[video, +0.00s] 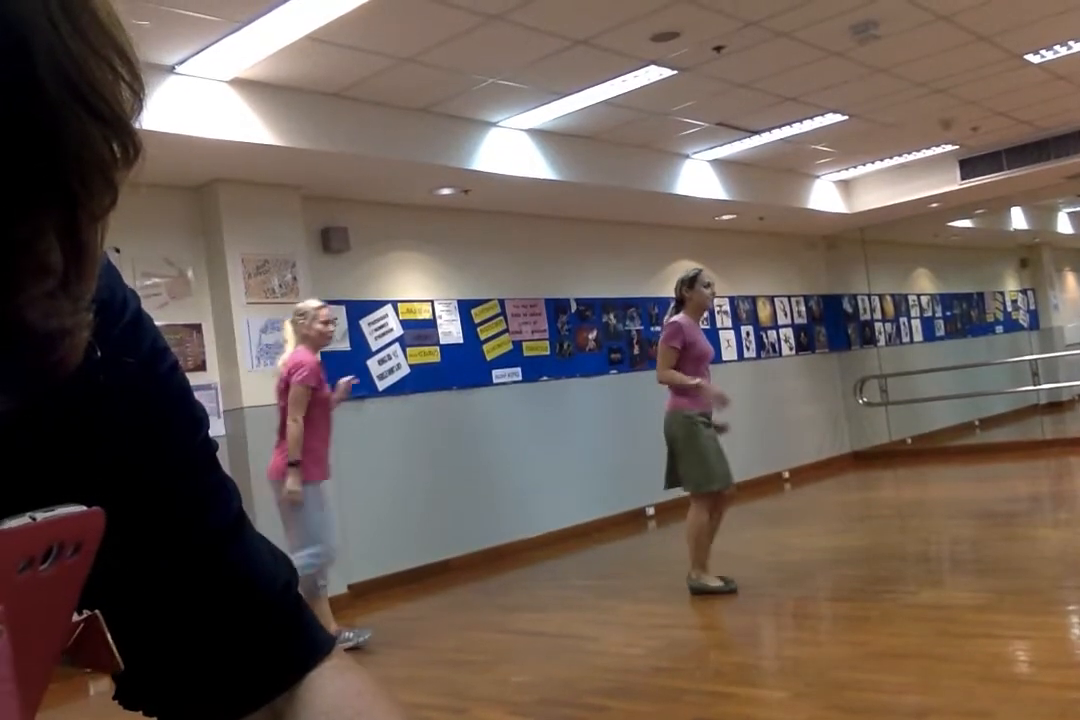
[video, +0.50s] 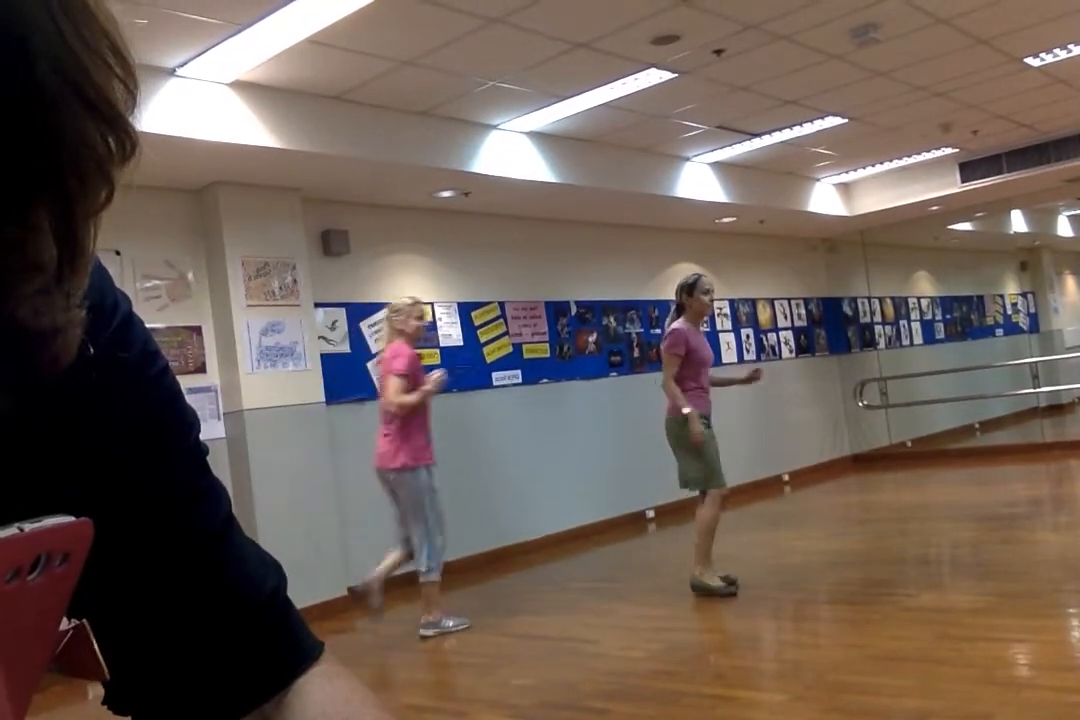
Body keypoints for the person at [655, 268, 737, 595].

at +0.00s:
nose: (713, 292)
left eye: (713, 287)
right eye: (707, 286)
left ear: (700, 294)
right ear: (687, 291)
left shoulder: (695, 328)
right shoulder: (676, 326)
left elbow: (692, 378)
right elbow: (663, 373)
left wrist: (708, 418)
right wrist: (701, 385)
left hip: (699, 419)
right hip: (685, 420)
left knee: (720, 494)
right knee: (703, 496)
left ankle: (701, 570)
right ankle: (697, 573)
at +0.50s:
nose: (711, 300)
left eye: (712, 295)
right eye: (705, 294)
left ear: (705, 300)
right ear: (687, 298)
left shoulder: (697, 332)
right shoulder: (679, 333)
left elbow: (702, 379)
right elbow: (668, 381)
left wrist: (741, 380)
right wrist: (689, 415)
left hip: (699, 418)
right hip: (687, 419)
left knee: (711, 493)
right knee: (714, 491)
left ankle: (705, 570)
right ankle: (701, 572)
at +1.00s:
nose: (726, 295)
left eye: (726, 290)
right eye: (720, 290)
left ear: (714, 297)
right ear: (700, 294)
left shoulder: (716, 329)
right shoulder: (680, 331)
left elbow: (713, 373)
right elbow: (674, 377)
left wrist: (720, 408)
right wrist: (695, 386)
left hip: (718, 417)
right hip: (692, 421)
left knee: (742, 486)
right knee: (704, 496)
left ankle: (721, 555)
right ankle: (704, 568)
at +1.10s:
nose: (732, 294)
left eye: (732, 289)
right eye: (726, 288)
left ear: (722, 295)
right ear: (706, 293)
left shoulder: (722, 328)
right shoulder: (690, 327)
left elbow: (715, 374)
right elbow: (688, 373)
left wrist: (725, 411)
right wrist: (718, 365)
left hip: (724, 416)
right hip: (698, 419)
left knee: (755, 485)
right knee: (708, 494)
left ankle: (751, 565)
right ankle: (705, 570)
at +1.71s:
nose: (786, 283)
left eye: (786, 277)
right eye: (779, 278)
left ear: (771, 286)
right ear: (758, 284)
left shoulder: (767, 320)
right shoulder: (749, 319)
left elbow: (772, 371)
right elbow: (738, 370)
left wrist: (807, 381)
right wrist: (737, 419)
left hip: (771, 407)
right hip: (762, 409)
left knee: (790, 482)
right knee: (821, 464)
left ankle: (779, 566)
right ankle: (825, 552)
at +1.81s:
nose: (797, 289)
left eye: (796, 283)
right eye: (790, 284)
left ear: (779, 291)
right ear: (770, 290)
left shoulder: (779, 325)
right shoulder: (757, 326)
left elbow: (783, 371)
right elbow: (740, 374)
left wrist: (823, 372)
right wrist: (743, 423)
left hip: (780, 408)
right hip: (771, 410)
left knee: (795, 487)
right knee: (820, 475)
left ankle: (782, 566)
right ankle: (830, 561)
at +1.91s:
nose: (817, 303)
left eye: (815, 298)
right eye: (812, 298)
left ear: (796, 305)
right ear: (795, 305)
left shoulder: (790, 337)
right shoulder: (772, 340)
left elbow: (785, 383)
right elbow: (757, 390)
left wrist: (815, 402)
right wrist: (782, 425)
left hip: (774, 417)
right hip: (767, 419)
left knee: (808, 490)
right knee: (819, 480)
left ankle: (777, 556)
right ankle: (829, 561)